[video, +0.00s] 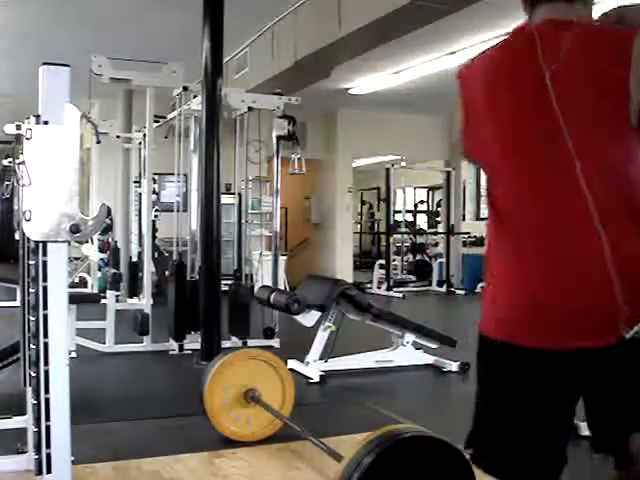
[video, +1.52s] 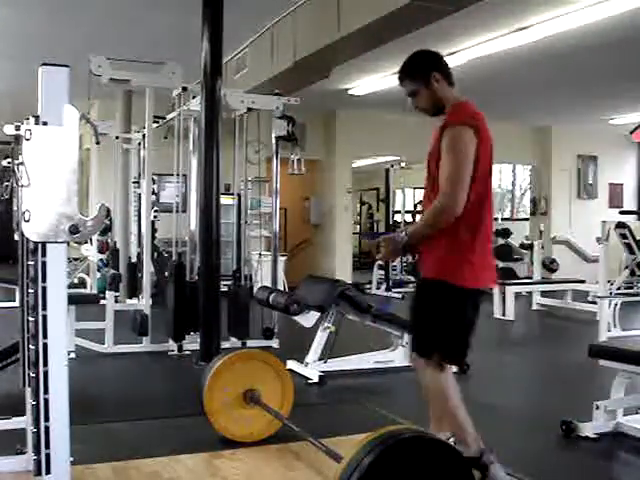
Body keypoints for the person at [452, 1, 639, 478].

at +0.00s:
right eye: (591, 4)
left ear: (523, 2)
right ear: (588, 1)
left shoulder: (478, 74)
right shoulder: (627, 48)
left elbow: (471, 150)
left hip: (521, 312)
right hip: (624, 304)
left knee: (513, 468)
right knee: (628, 457)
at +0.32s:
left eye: (547, 15)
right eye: (601, 10)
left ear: (547, 16)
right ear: (603, 14)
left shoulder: (523, 71)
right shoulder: (631, 68)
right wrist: (621, 52)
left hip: (545, 267)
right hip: (623, 269)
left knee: (531, 409)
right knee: (614, 411)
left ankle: (543, 476)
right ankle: (610, 477)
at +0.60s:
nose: (525, 50)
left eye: (523, 43)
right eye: (526, 43)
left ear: (530, 38)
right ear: (573, 34)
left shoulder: (518, 84)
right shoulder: (621, 87)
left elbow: (464, 163)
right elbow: (639, 154)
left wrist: (497, 136)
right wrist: (615, 166)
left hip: (534, 265)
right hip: (607, 269)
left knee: (514, 380)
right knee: (608, 400)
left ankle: (518, 475)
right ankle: (610, 478)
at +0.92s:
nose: (456, 82)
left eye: (454, 74)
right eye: (454, 75)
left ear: (463, 69)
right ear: (500, 63)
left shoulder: (470, 109)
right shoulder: (547, 102)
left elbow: (487, 164)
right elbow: (602, 157)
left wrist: (477, 234)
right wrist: (587, 231)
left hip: (493, 266)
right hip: (551, 262)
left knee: (481, 371)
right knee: (550, 373)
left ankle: (488, 466)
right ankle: (581, 467)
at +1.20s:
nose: (437, 88)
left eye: (435, 78)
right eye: (435, 79)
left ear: (448, 68)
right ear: (474, 65)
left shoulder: (458, 113)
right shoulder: (519, 108)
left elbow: (437, 186)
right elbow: (553, 167)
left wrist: (412, 233)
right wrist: (538, 219)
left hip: (477, 259)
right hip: (522, 255)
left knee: (475, 364)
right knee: (497, 346)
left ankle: (490, 466)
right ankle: (521, 447)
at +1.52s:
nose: (414, 105)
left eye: (414, 95)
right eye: (410, 98)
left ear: (436, 81)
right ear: (437, 82)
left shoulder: (460, 123)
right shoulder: (460, 122)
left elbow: (450, 204)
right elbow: (450, 205)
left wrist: (405, 240)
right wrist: (407, 238)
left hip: (453, 267)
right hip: (455, 266)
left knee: (428, 360)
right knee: (435, 361)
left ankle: (473, 450)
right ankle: (440, 442)